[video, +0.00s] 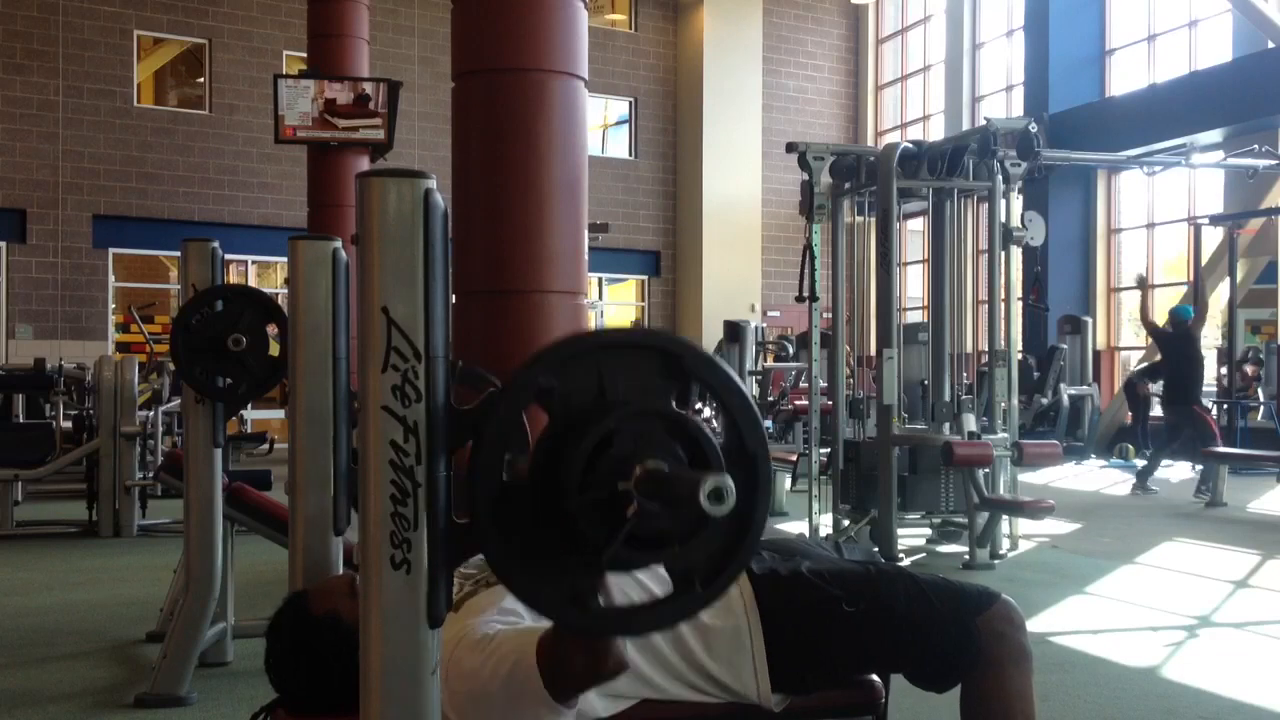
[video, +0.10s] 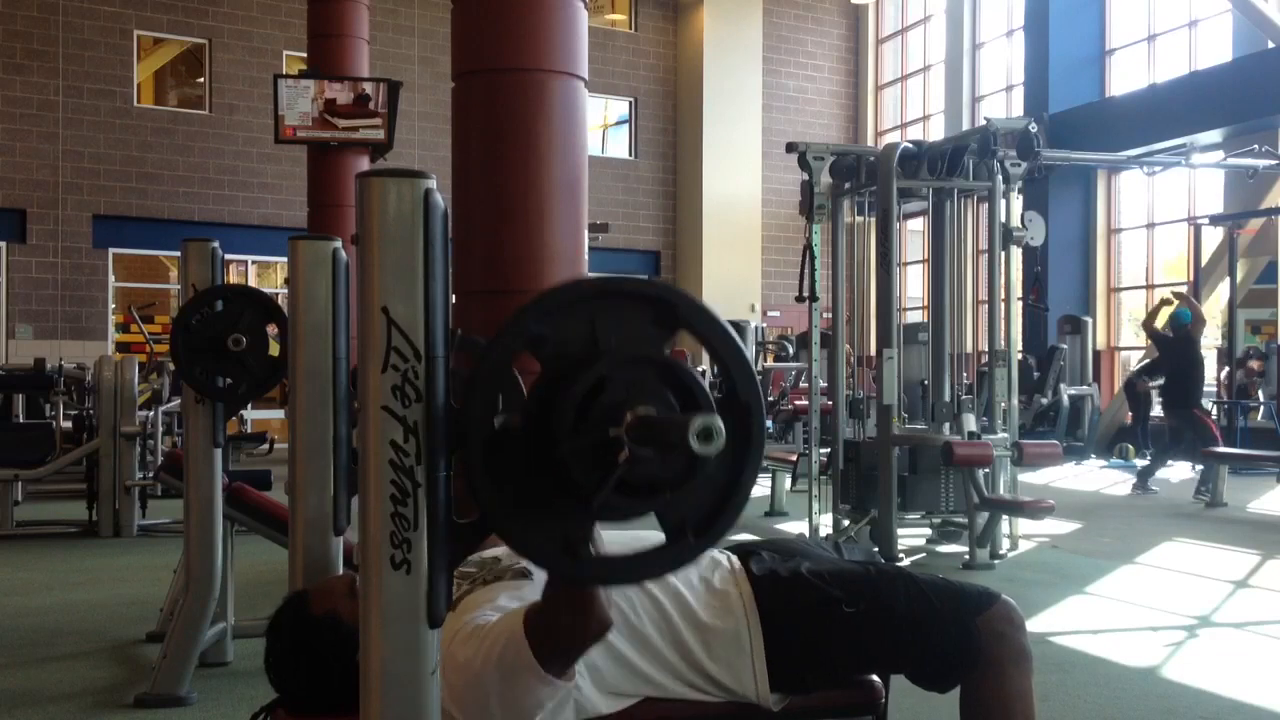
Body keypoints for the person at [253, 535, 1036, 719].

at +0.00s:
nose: (366, 577)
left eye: (352, 579)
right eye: (350, 595)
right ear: (358, 649)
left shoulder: (465, 603)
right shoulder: (452, 671)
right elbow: (585, 660)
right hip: (728, 622)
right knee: (988, 624)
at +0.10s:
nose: (363, 573)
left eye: (346, 573)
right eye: (349, 588)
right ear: (352, 635)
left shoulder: (467, 600)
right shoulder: (454, 675)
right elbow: (575, 620)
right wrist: (566, 481)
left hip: (729, 577)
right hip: (747, 611)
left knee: (864, 692)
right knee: (989, 625)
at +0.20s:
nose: (367, 570)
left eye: (352, 570)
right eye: (352, 585)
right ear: (356, 639)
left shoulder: (462, 603)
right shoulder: (467, 683)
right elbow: (559, 579)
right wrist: (538, 457)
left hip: (738, 577)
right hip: (755, 610)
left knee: (861, 693)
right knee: (987, 624)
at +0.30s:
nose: (364, 566)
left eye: (346, 566)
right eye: (348, 585)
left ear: (344, 670)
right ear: (357, 649)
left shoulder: (450, 649)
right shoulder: (472, 682)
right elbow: (543, 530)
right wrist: (516, 359)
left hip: (733, 598)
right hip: (758, 611)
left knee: (862, 694)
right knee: (991, 625)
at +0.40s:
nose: (366, 565)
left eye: (347, 566)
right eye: (348, 583)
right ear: (359, 648)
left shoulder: (445, 631)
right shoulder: (473, 675)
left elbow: (468, 485)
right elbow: (519, 510)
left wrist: (495, 345)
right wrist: (523, 337)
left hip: (730, 570)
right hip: (757, 614)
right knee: (991, 626)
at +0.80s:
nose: (362, 581)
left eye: (346, 582)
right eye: (346, 597)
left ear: (354, 639)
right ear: (358, 649)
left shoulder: (438, 629)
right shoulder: (461, 679)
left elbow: (489, 498)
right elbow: (501, 506)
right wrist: (516, 357)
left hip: (717, 578)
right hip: (739, 620)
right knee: (990, 627)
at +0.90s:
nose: (361, 579)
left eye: (344, 582)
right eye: (346, 596)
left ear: (352, 641)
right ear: (358, 647)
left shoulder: (437, 624)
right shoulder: (465, 682)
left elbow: (482, 500)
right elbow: (513, 505)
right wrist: (506, 336)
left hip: (719, 579)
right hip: (741, 620)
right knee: (989, 625)